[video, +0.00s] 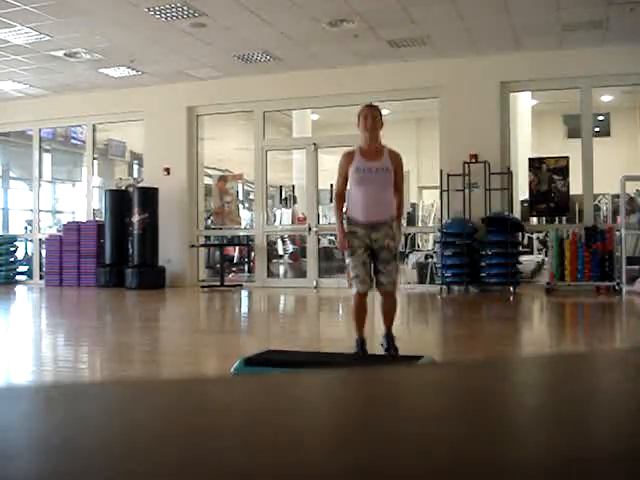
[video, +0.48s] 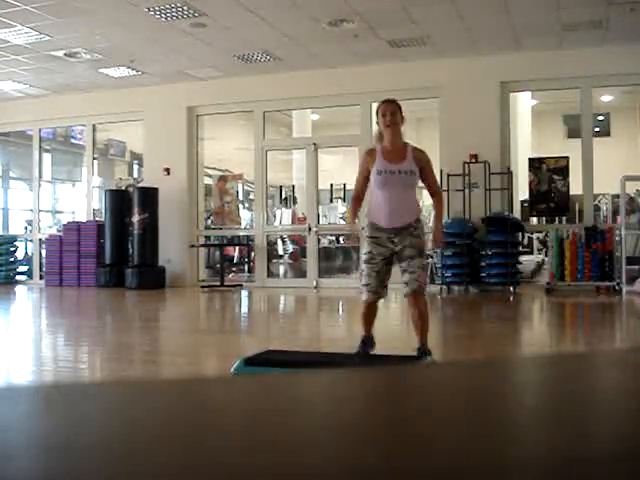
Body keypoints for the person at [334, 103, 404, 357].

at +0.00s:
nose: (369, 123)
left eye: (374, 118)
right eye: (365, 118)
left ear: (381, 123)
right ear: (358, 123)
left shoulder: (393, 157)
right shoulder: (349, 158)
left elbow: (398, 192)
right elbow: (339, 194)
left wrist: (398, 221)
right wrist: (340, 230)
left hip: (386, 226)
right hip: (356, 227)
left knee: (388, 288)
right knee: (361, 288)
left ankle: (388, 335)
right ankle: (360, 340)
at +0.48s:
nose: (388, 119)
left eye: (393, 114)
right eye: (383, 115)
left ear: (402, 118)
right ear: (377, 121)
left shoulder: (417, 156)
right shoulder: (371, 156)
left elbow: (436, 193)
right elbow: (359, 191)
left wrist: (438, 226)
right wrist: (352, 218)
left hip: (410, 232)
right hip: (376, 232)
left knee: (416, 291)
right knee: (370, 293)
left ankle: (423, 347)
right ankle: (367, 338)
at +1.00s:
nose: (358, 90)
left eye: (363, 85)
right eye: (354, 87)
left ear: (373, 90)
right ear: (348, 93)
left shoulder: (387, 118)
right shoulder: (342, 128)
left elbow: (367, 120)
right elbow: (305, 149)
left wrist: (328, 121)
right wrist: (286, 118)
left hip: (395, 201)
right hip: (362, 206)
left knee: (413, 273)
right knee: (345, 265)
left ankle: (431, 336)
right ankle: (346, 335)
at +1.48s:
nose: (342, 69)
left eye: (346, 64)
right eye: (336, 66)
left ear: (356, 70)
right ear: (330, 73)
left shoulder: (369, 103)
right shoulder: (323, 108)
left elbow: (387, 123)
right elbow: (292, 140)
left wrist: (363, 104)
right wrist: (296, 126)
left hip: (370, 184)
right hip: (336, 189)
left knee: (372, 244)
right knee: (339, 262)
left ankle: (394, 297)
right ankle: (351, 334)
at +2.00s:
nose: (316, 59)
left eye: (321, 54)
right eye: (311, 55)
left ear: (330, 60)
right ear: (304, 61)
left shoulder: (340, 90)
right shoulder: (296, 97)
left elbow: (359, 107)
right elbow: (265, 125)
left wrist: (338, 97)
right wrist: (246, 110)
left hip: (341, 172)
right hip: (308, 178)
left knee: (352, 242)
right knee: (304, 253)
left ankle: (381, 295)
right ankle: (305, 326)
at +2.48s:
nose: (296, 56)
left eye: (301, 51)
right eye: (291, 52)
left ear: (310, 57)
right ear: (283, 58)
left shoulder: (325, 92)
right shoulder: (277, 96)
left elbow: (344, 129)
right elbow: (267, 134)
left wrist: (334, 160)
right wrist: (266, 164)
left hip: (320, 171)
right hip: (288, 175)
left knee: (312, 246)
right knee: (285, 249)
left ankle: (316, 314)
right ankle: (309, 304)